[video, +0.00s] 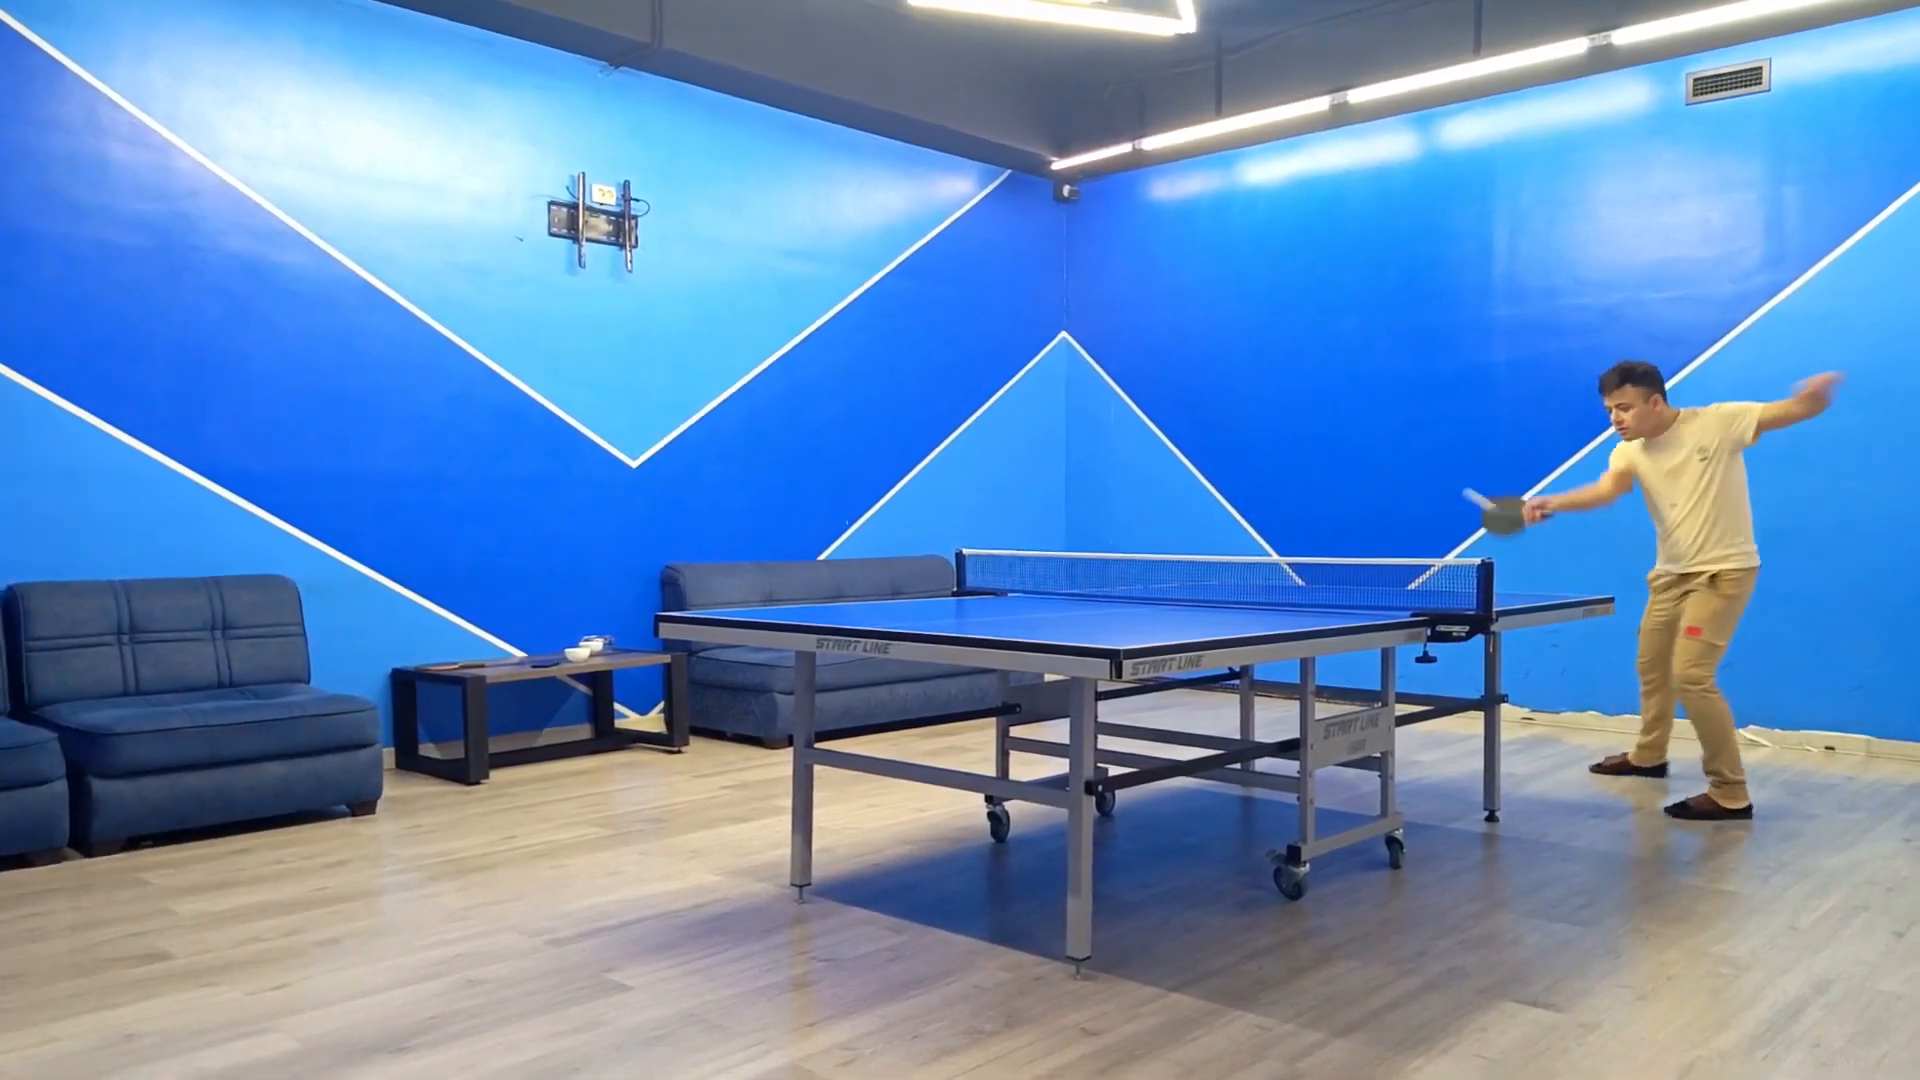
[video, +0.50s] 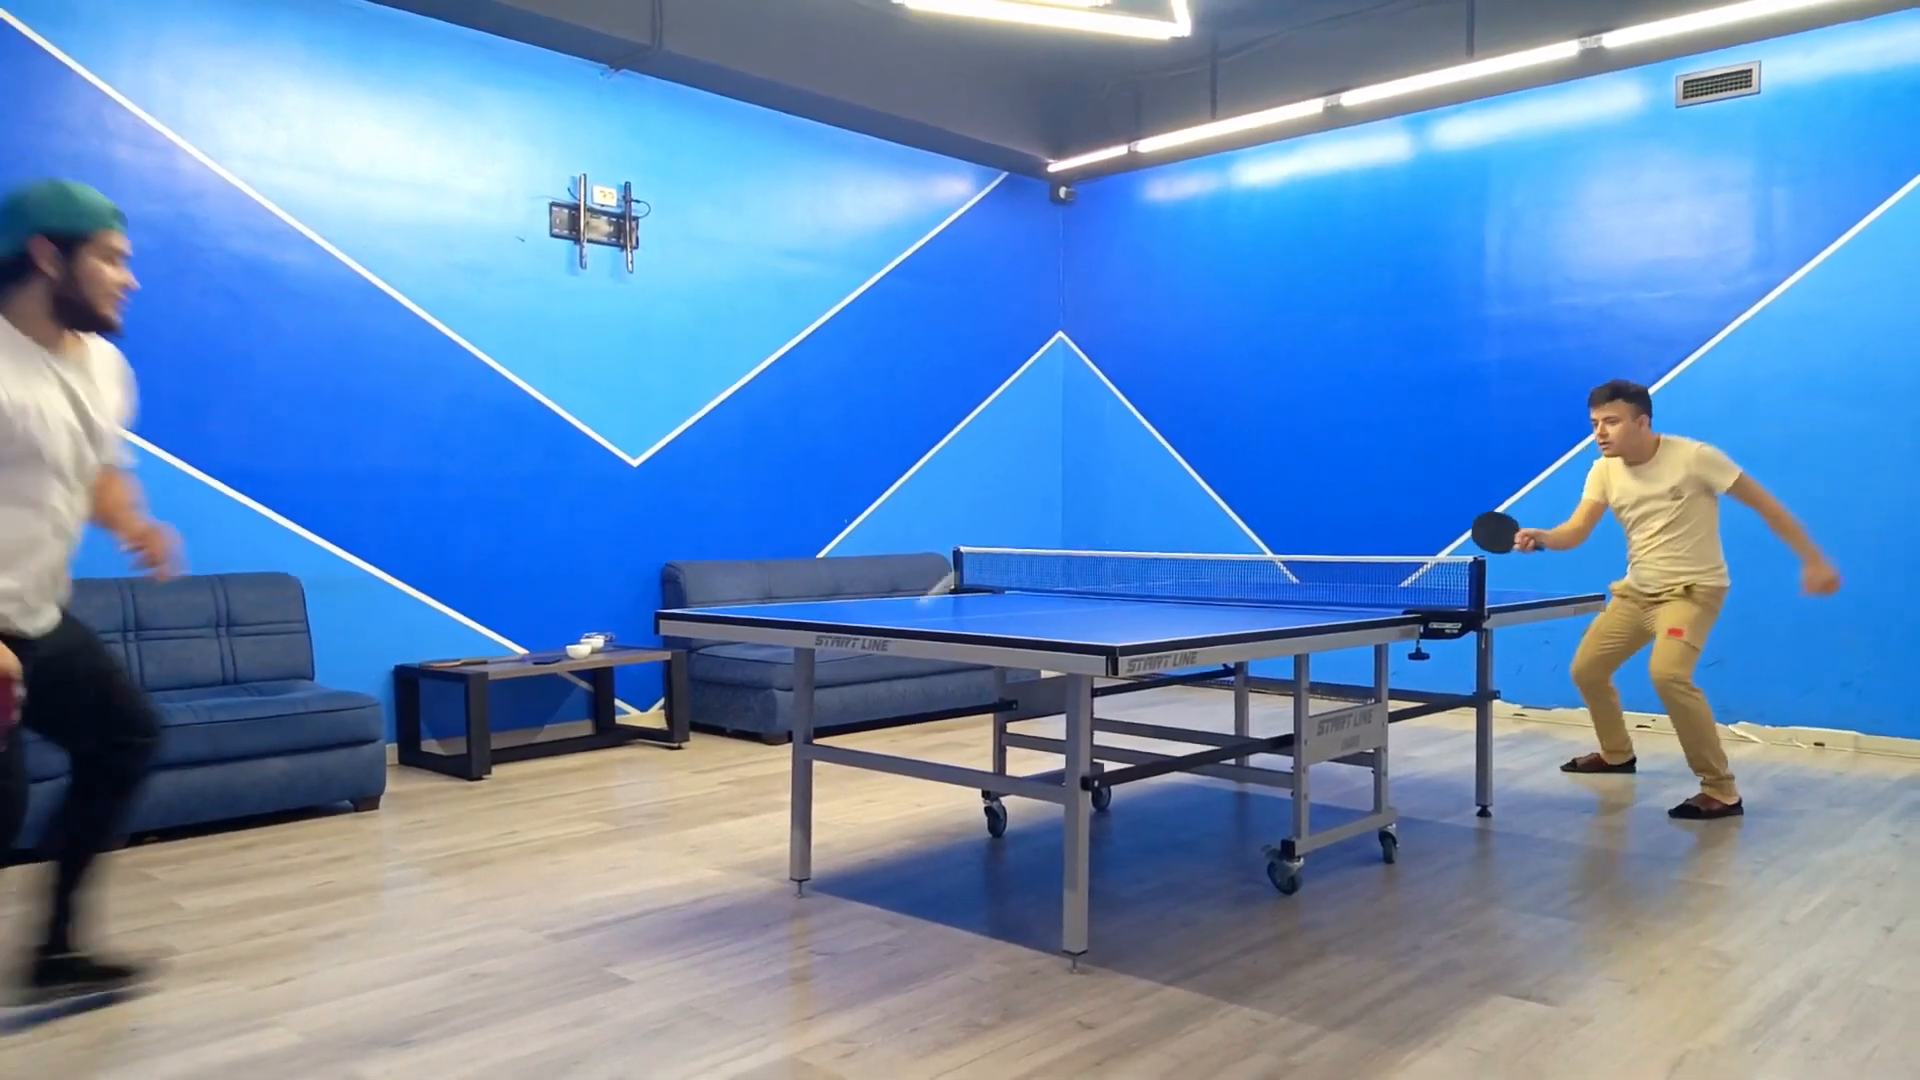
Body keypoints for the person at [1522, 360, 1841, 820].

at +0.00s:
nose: (1616, 419)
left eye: (1624, 409)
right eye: (1611, 411)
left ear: (1656, 402)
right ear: (1611, 411)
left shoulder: (1714, 422)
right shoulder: (1629, 451)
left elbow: (1787, 411)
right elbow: (1605, 490)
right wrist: (1551, 503)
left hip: (1725, 569)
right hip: (1672, 574)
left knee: (1692, 675)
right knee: (1653, 666)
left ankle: (1730, 794)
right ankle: (1649, 757)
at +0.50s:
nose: (1600, 432)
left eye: (1610, 422)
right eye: (1595, 424)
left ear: (1643, 421)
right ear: (1594, 426)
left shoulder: (1694, 459)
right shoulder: (1605, 470)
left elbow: (1766, 505)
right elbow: (1576, 530)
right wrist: (1542, 538)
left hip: (1692, 590)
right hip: (1637, 592)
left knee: (1668, 676)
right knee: (1587, 671)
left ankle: (1721, 792)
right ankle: (1616, 754)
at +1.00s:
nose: (1544, 445)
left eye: (1553, 435)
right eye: (1539, 438)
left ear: (1582, 436)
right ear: (1539, 443)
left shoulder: (1606, 467)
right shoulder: (1580, 487)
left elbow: (1675, 501)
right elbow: (1603, 553)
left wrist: (1660, 557)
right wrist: (1555, 587)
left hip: (1652, 593)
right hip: (1615, 598)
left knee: (1647, 684)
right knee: (1558, 654)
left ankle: (1736, 775)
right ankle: (1584, 743)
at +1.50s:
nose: (1638, 375)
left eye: (1649, 367)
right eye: (1634, 368)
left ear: (1678, 371)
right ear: (1637, 374)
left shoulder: (1706, 410)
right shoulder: (1647, 414)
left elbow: (1778, 415)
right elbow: (1636, 413)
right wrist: (1601, 395)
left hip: (1692, 556)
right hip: (1636, 551)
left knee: (1723, 655)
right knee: (1604, 638)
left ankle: (1782, 754)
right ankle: (1608, 734)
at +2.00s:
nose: (1674, 387)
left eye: (1687, 382)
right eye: (1672, 380)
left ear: (1711, 394)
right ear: (1666, 387)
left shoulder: (1731, 449)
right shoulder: (1640, 435)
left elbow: (1754, 511)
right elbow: (1591, 466)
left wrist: (1755, 559)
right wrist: (1558, 480)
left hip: (1704, 577)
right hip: (1640, 572)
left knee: (1743, 664)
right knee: (1601, 649)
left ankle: (1784, 759)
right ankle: (1609, 741)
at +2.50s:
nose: (1686, 386)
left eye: (1697, 379)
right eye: (1683, 379)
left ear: (1724, 385)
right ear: (1679, 384)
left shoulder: (1747, 440)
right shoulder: (1661, 429)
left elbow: (1753, 504)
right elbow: (1640, 484)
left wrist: (1746, 556)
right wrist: (1621, 536)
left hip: (1713, 563)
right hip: (1655, 557)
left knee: (1707, 652)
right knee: (1637, 646)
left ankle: (1708, 732)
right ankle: (1615, 732)